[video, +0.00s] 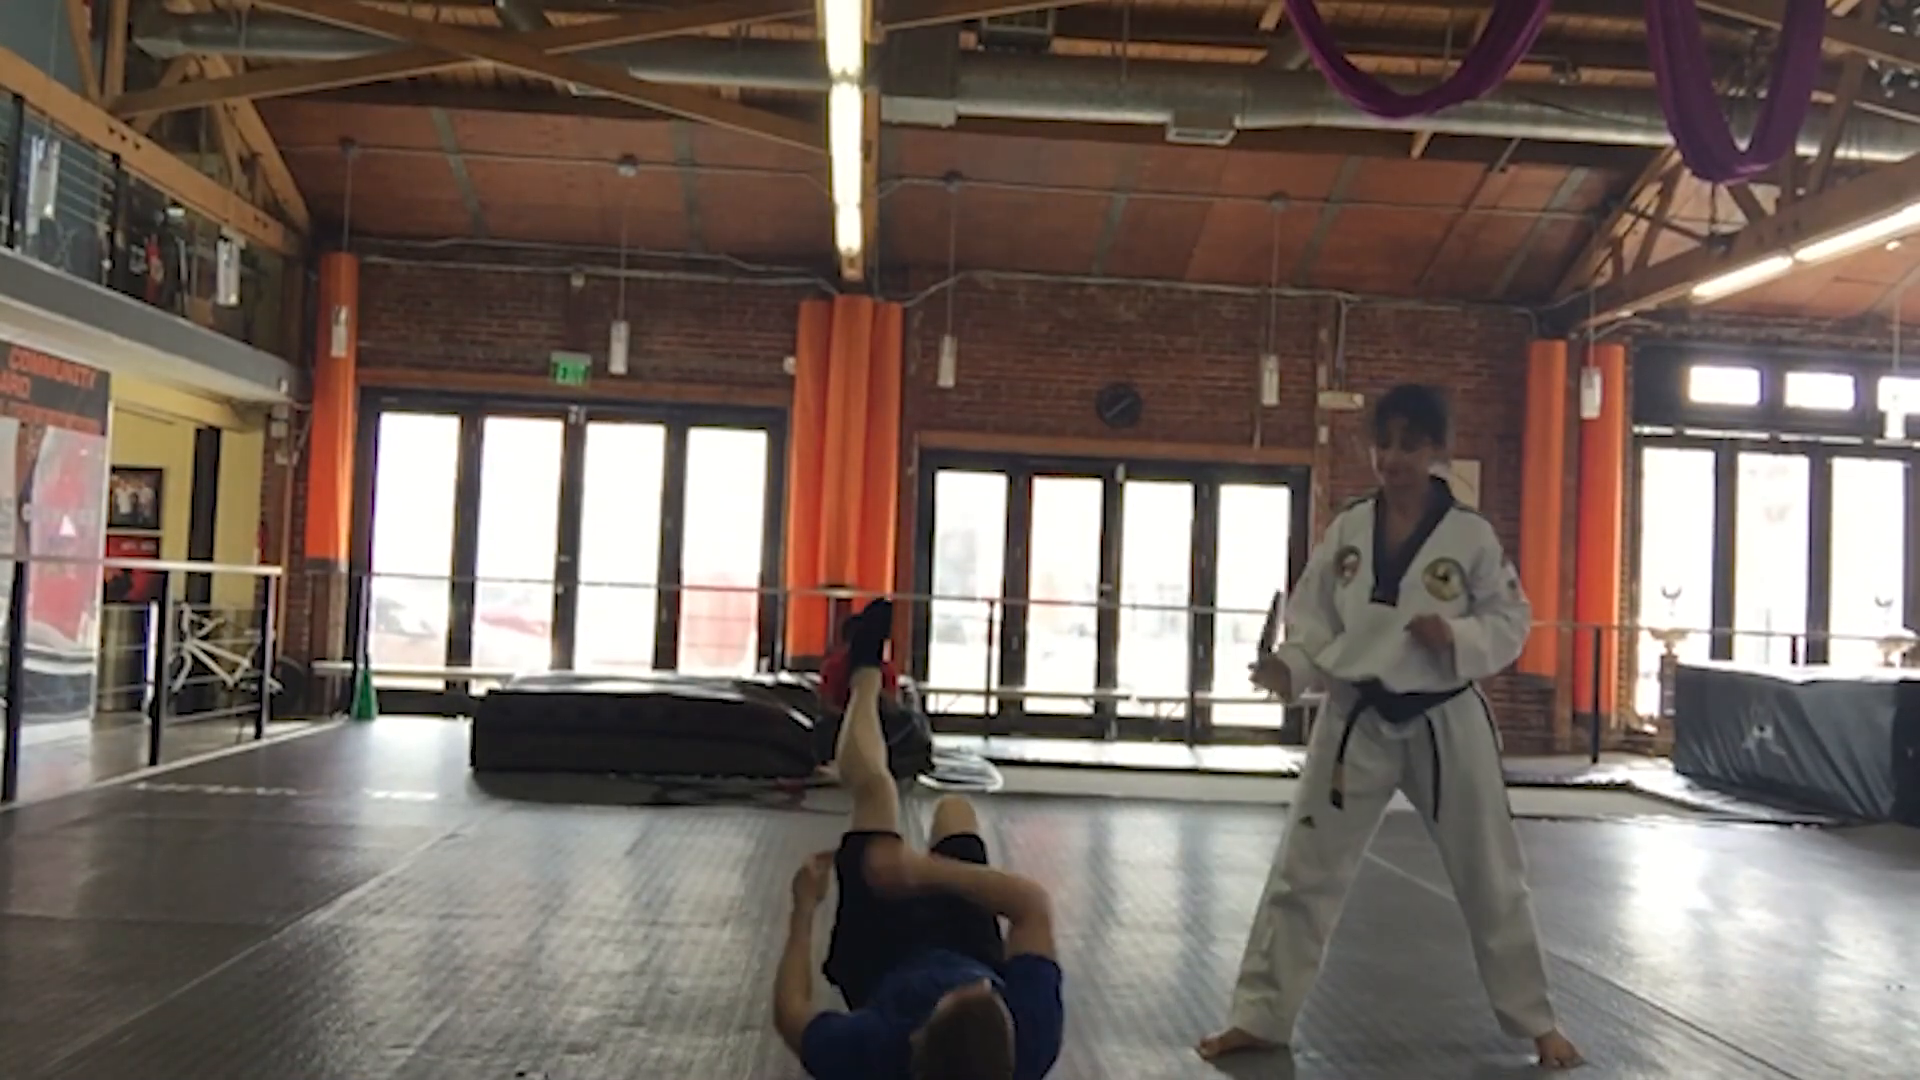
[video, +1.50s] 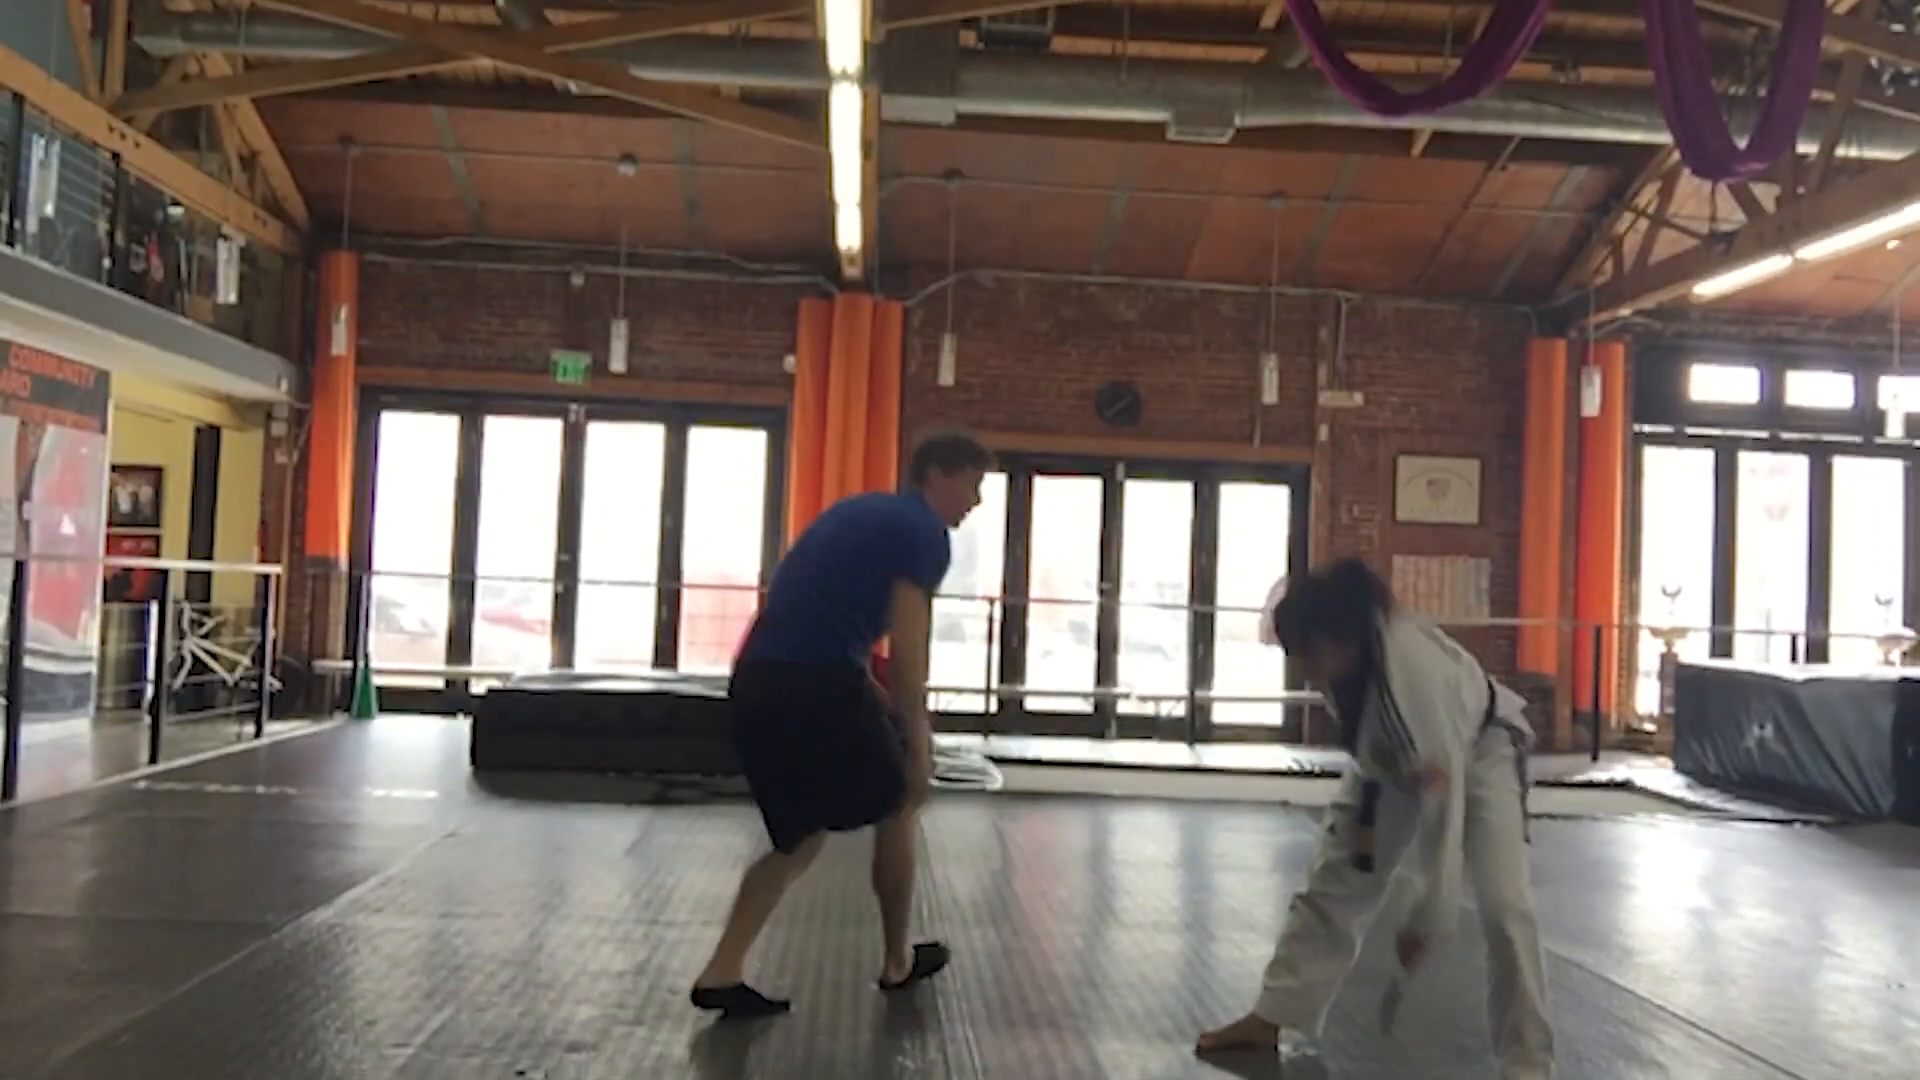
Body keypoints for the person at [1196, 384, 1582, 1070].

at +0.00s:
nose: (1391, 457)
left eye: (1408, 444)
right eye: (1383, 443)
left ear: (1437, 452)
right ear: (1371, 447)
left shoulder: (1470, 536)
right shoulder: (1347, 529)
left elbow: (1511, 627)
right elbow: (1309, 624)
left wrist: (1457, 634)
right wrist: (1292, 669)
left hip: (1447, 721)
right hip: (1351, 718)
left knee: (1491, 878)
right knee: (1302, 874)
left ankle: (1539, 1023)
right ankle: (1261, 1021)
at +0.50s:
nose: (1356, 505)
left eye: (1371, 491)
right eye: (1346, 490)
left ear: (1398, 483)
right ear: (1331, 482)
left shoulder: (1442, 558)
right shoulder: (1307, 550)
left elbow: (1479, 656)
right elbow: (1277, 636)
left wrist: (1445, 726)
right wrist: (1277, 709)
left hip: (1427, 728)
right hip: (1334, 727)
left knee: (1475, 878)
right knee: (1281, 876)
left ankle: (1540, 1021)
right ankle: (1257, 1022)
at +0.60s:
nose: (1354, 540)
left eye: (1367, 527)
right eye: (1343, 526)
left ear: (1396, 514)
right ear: (1329, 514)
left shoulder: (1446, 583)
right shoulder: (1313, 563)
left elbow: (1469, 700)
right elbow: (1292, 642)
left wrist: (1442, 785)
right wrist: (1294, 715)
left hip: (1433, 736)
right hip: (1345, 733)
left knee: (1488, 887)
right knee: (1294, 868)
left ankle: (1534, 1056)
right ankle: (1257, 1021)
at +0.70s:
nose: (1359, 603)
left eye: (1373, 591)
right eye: (1348, 589)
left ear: (1399, 577)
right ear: (1332, 576)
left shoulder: (1444, 628)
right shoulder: (1324, 604)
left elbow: (1468, 748)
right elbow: (1328, 699)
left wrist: (1439, 857)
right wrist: (1337, 789)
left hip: (1460, 751)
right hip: (1374, 748)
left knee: (1499, 897)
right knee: (1308, 876)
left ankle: (1525, 1063)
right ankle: (1267, 1023)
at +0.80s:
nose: (1351, 678)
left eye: (1362, 665)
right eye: (1342, 665)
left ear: (1393, 652)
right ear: (1334, 650)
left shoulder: (1452, 684)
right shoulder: (1355, 662)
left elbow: (1466, 819)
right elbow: (1383, 744)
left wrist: (1439, 934)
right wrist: (1370, 816)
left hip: (1493, 756)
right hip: (1412, 753)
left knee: (1516, 903)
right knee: (1350, 878)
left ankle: (1530, 1066)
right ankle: (1269, 1022)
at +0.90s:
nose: (1348, 755)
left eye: (1354, 746)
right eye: (1341, 745)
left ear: (1388, 726)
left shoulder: (1452, 731)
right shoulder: (1374, 691)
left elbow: (1457, 886)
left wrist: (1435, 1003)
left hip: (1515, 767)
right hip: (1413, 770)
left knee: (1531, 916)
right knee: (1347, 898)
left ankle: (1527, 1067)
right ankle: (1269, 1025)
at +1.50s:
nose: (1301, 669)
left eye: (1309, 655)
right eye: (1296, 655)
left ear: (1345, 643)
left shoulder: (1411, 660)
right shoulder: (1341, 662)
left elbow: (1446, 797)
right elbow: (1365, 740)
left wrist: (1428, 917)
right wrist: (1361, 819)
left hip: (1479, 748)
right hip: (1400, 755)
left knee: (1504, 903)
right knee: (1338, 877)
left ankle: (1526, 1063)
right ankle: (1268, 1021)